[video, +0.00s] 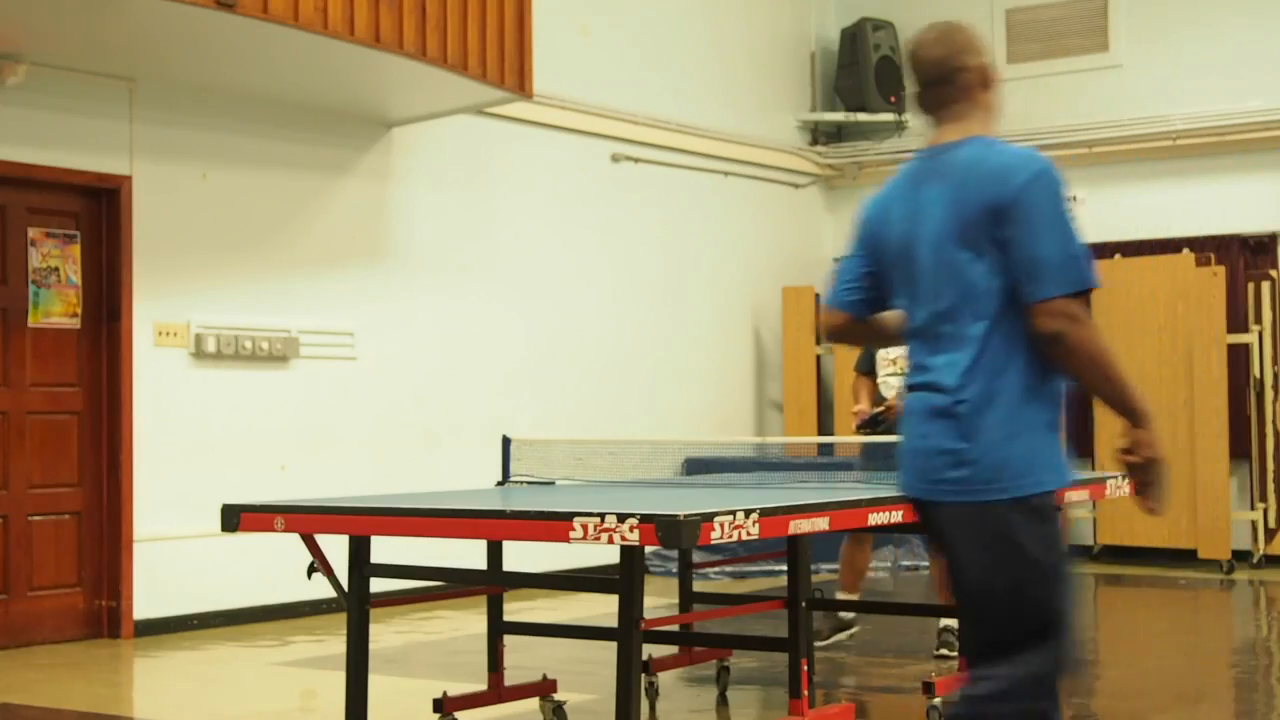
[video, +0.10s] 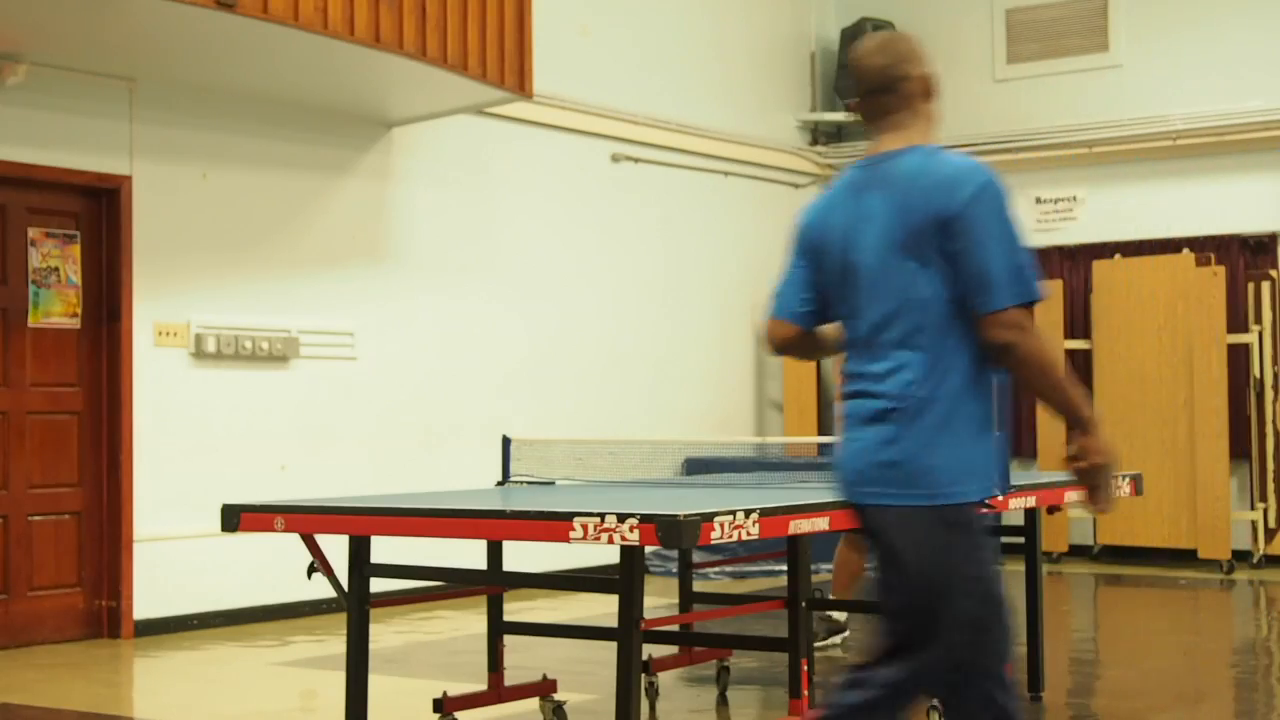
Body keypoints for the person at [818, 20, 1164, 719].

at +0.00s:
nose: (994, 81)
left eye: (986, 72)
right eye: (991, 72)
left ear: (919, 96)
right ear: (986, 79)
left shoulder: (893, 196)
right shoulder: (1018, 171)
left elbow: (839, 322)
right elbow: (1055, 321)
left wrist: (930, 318)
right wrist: (1138, 419)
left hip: (931, 471)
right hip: (1003, 470)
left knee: (996, 661)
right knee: (1029, 663)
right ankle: (961, 707)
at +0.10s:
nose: (934, 87)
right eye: (929, 79)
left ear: (857, 107)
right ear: (924, 88)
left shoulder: (830, 205)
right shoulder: (961, 180)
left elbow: (786, 335)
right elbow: (1004, 328)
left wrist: (865, 325)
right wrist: (1086, 420)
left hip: (868, 471)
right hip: (939, 475)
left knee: (908, 648)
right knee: (974, 664)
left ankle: (835, 711)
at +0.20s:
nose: (885, 97)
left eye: (880, 87)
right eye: (881, 87)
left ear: (805, 109)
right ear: (873, 98)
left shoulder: (766, 211)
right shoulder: (901, 192)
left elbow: (730, 335)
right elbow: (948, 341)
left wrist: (816, 348)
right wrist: (1027, 435)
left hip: (791, 477)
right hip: (854, 484)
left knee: (914, 672)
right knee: (807, 673)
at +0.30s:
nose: (837, 96)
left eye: (828, 86)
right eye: (833, 87)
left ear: (760, 103)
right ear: (826, 94)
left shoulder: (705, 202)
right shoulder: (836, 197)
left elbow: (658, 318)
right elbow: (874, 345)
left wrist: (742, 344)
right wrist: (946, 452)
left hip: (722, 478)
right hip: (781, 485)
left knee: (849, 651)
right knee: (758, 672)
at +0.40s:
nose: (779, 98)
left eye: (774, 88)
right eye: (777, 88)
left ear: (702, 96)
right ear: (769, 90)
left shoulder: (646, 192)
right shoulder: (771, 189)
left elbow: (590, 303)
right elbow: (780, 333)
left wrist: (679, 326)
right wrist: (855, 449)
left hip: (663, 472)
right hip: (724, 476)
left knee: (785, 644)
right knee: (730, 671)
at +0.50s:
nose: (723, 101)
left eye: (719, 89)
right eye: (719, 89)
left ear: (648, 100)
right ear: (709, 93)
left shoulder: (599, 196)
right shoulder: (701, 187)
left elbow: (543, 311)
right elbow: (686, 330)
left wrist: (638, 332)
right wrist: (776, 439)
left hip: (612, 476)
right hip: (666, 479)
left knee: (650, 659)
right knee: (705, 663)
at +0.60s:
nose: (669, 120)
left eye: (665, 106)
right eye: (665, 106)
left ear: (596, 114)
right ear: (649, 107)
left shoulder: (558, 208)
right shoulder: (619, 198)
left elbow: (509, 339)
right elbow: (605, 339)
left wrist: (648, 357)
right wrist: (719, 421)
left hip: (566, 490)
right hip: (615, 494)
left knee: (578, 646)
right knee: (676, 682)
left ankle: (498, 713)